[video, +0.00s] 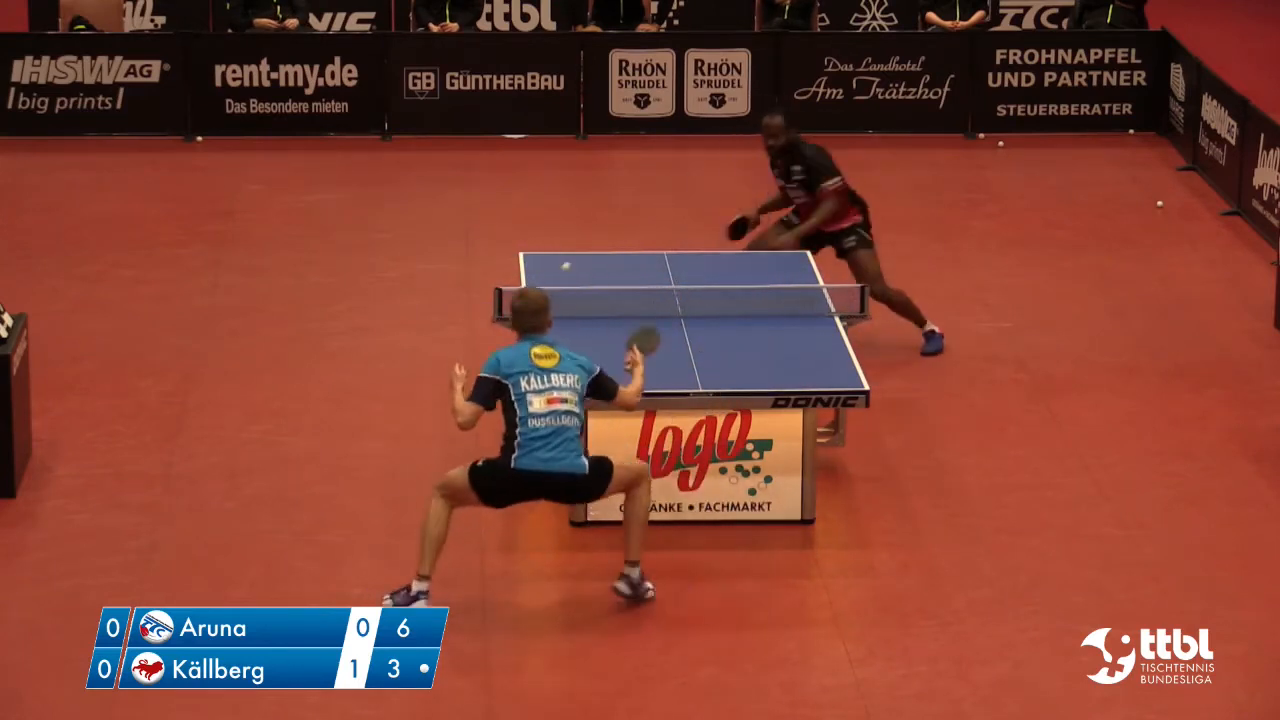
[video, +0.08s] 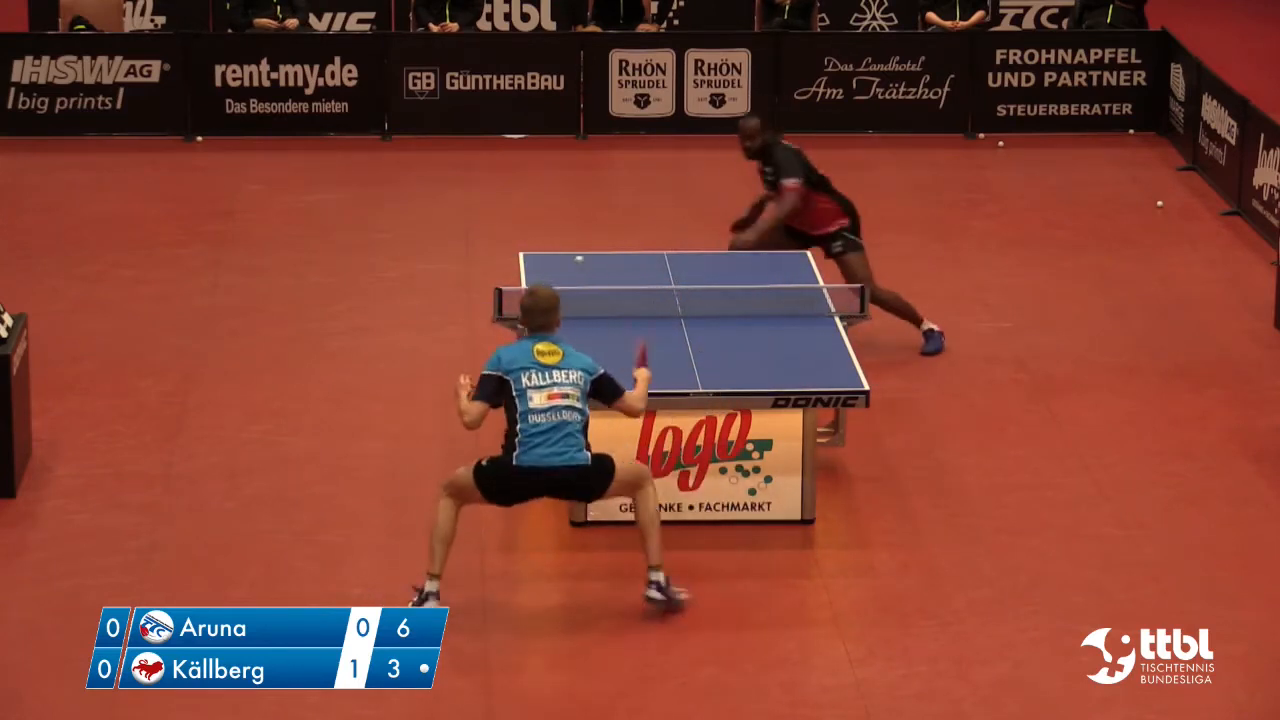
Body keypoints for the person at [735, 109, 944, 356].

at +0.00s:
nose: (770, 142)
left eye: (775, 136)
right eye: (767, 136)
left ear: (790, 133)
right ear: (763, 136)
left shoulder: (812, 154)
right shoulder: (776, 156)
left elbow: (835, 202)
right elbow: (790, 195)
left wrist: (795, 234)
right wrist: (757, 211)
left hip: (844, 222)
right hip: (807, 220)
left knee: (877, 289)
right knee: (753, 255)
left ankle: (928, 329)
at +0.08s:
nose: (745, 144)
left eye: (750, 137)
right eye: (742, 138)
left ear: (766, 134)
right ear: (742, 138)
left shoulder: (785, 156)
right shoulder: (765, 158)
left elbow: (790, 201)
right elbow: (772, 193)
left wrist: (754, 234)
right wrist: (749, 218)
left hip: (834, 226)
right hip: (799, 225)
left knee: (867, 291)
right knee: (743, 247)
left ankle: (926, 328)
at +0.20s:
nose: (707, 136)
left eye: (712, 130)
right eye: (705, 130)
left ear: (728, 126)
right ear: (709, 128)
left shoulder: (746, 144)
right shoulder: (730, 145)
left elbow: (758, 177)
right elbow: (750, 173)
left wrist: (744, 208)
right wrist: (739, 188)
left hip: (803, 216)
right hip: (769, 216)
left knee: (837, 281)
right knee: (714, 238)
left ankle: (912, 321)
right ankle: (723, 306)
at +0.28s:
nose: (689, 128)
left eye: (693, 121)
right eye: (688, 122)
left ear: (711, 118)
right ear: (702, 119)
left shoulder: (731, 134)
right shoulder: (717, 138)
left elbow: (756, 158)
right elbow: (725, 165)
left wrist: (752, 187)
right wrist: (705, 184)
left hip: (788, 205)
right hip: (757, 206)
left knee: (814, 278)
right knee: (705, 236)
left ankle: (884, 316)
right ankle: (719, 303)